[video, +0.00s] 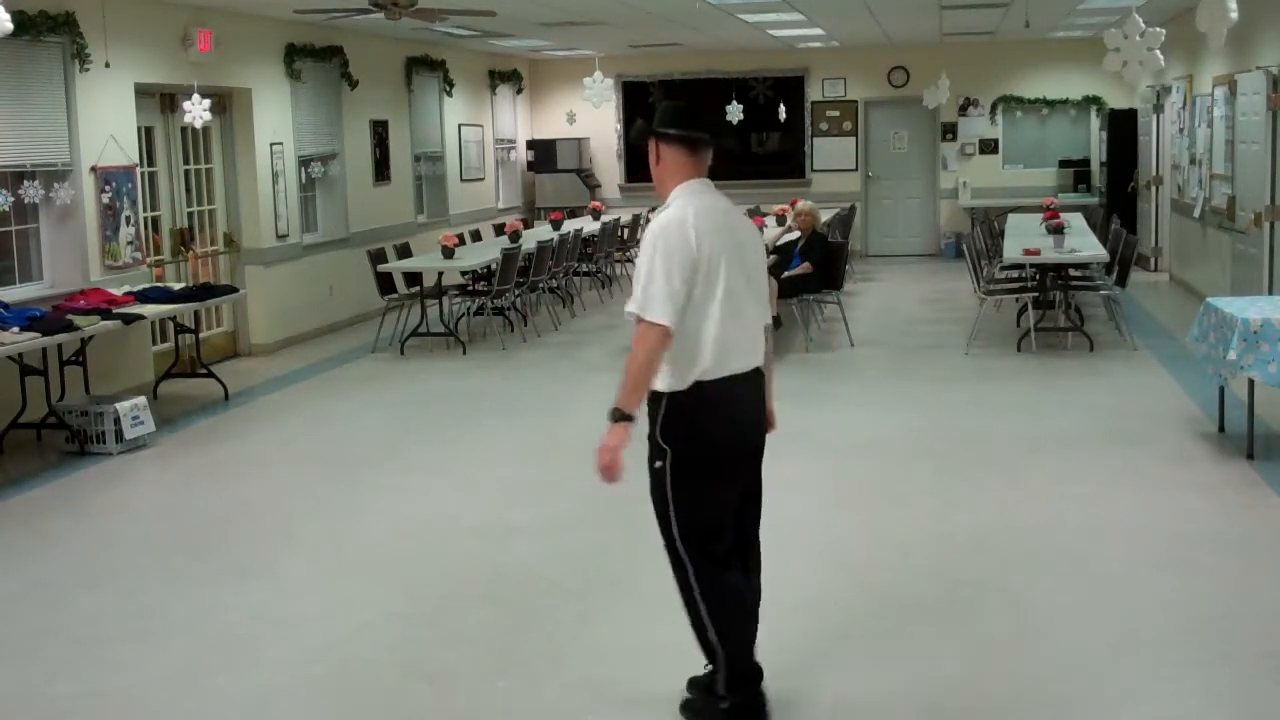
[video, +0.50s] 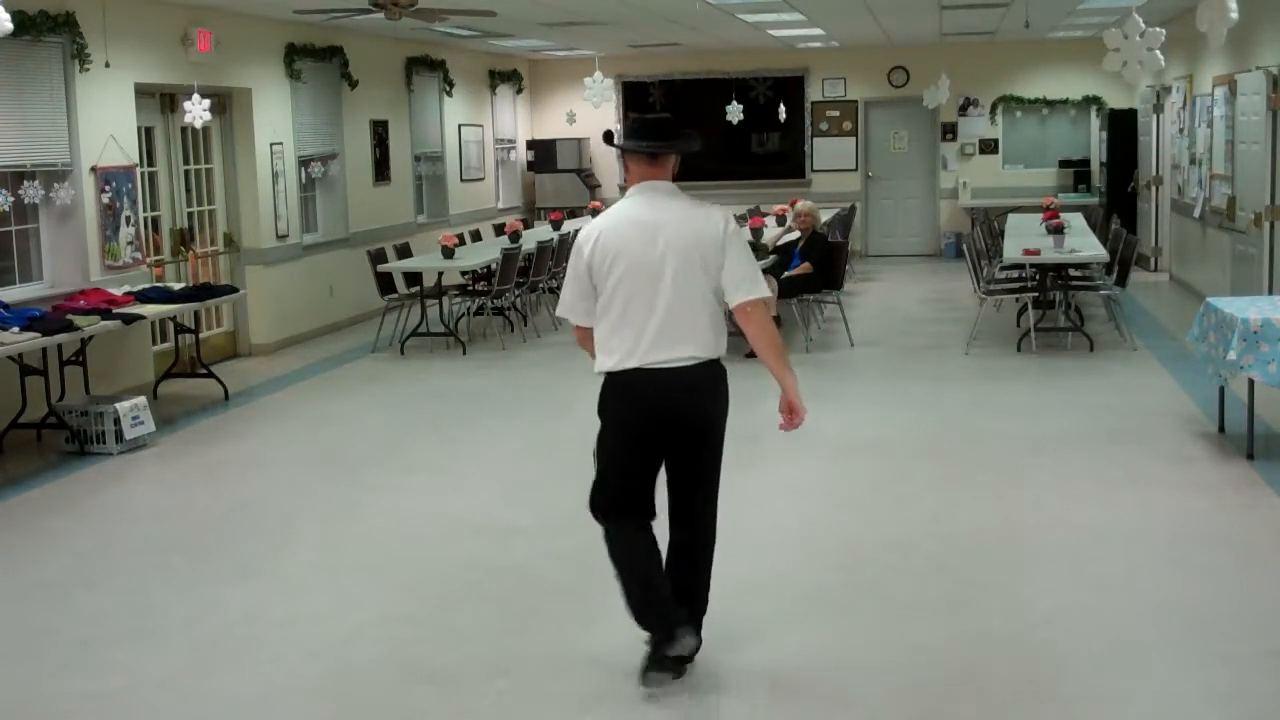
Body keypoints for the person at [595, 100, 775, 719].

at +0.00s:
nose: (650, 165)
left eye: (648, 155)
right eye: (652, 155)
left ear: (656, 154)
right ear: (708, 155)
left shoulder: (671, 226)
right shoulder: (741, 221)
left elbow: (654, 331)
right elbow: (763, 322)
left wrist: (619, 422)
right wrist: (765, 392)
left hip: (688, 406)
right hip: (743, 398)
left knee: (692, 544)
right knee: (737, 536)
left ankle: (737, 688)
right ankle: (733, 668)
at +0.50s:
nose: (644, 168)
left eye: (629, 160)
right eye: (661, 157)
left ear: (623, 163)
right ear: (675, 161)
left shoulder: (596, 234)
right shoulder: (715, 225)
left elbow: (586, 332)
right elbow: (751, 310)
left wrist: (623, 361)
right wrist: (787, 385)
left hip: (630, 394)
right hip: (702, 389)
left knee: (620, 507)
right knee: (695, 510)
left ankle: (667, 626)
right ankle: (679, 639)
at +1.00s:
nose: (633, 172)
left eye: (628, 163)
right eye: (631, 164)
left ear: (584, 166)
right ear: (623, 167)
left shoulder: (550, 224)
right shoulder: (632, 218)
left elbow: (539, 301)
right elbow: (647, 295)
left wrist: (579, 336)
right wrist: (690, 362)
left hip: (566, 369)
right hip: (626, 366)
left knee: (575, 484)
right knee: (649, 492)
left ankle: (579, 593)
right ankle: (647, 622)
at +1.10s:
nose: (620, 172)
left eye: (615, 163)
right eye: (620, 164)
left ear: (572, 162)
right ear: (615, 166)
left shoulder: (537, 219)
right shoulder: (616, 213)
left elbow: (520, 305)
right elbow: (626, 290)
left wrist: (518, 369)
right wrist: (663, 359)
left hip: (552, 361)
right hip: (607, 359)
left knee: (568, 481)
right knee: (629, 480)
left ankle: (574, 595)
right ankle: (586, 595)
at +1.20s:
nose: (612, 172)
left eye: (609, 163)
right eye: (611, 165)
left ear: (565, 161)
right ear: (605, 165)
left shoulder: (526, 217)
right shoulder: (606, 213)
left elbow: (494, 297)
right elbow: (613, 293)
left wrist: (480, 358)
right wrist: (644, 363)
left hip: (539, 359)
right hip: (592, 358)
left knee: (562, 472)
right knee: (598, 479)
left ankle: (579, 587)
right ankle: (520, 578)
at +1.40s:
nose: (605, 182)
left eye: (602, 174)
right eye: (604, 175)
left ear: (557, 173)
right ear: (597, 178)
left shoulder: (515, 221)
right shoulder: (603, 233)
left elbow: (466, 292)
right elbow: (609, 316)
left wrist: (440, 343)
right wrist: (623, 389)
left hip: (507, 359)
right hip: (562, 367)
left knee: (537, 468)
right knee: (525, 481)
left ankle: (535, 567)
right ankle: (477, 596)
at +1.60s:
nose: (605, 174)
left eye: (603, 165)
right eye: (603, 166)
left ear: (558, 162)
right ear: (594, 169)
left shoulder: (511, 206)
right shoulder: (597, 224)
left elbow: (464, 271)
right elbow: (599, 307)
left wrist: (431, 320)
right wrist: (618, 367)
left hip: (502, 347)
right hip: (559, 355)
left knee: (501, 452)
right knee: (570, 465)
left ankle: (498, 567)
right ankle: (509, 559)